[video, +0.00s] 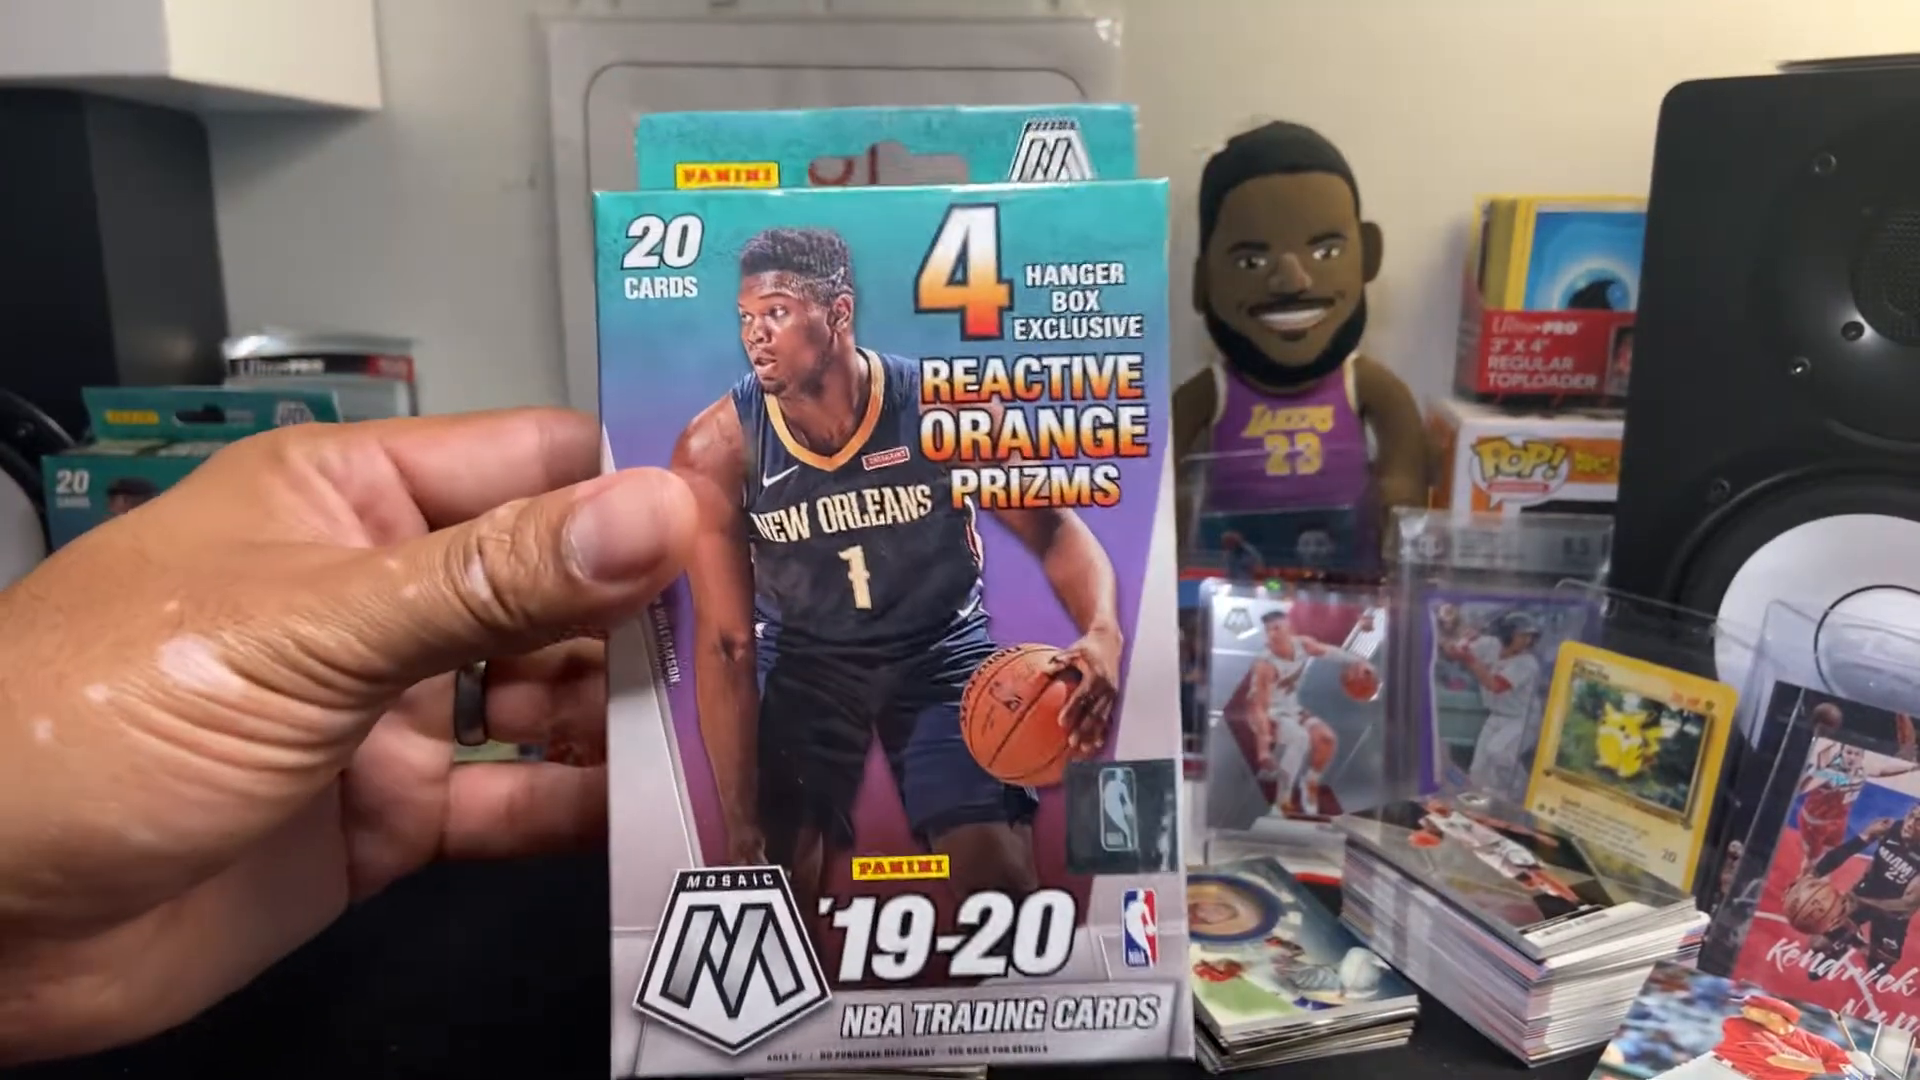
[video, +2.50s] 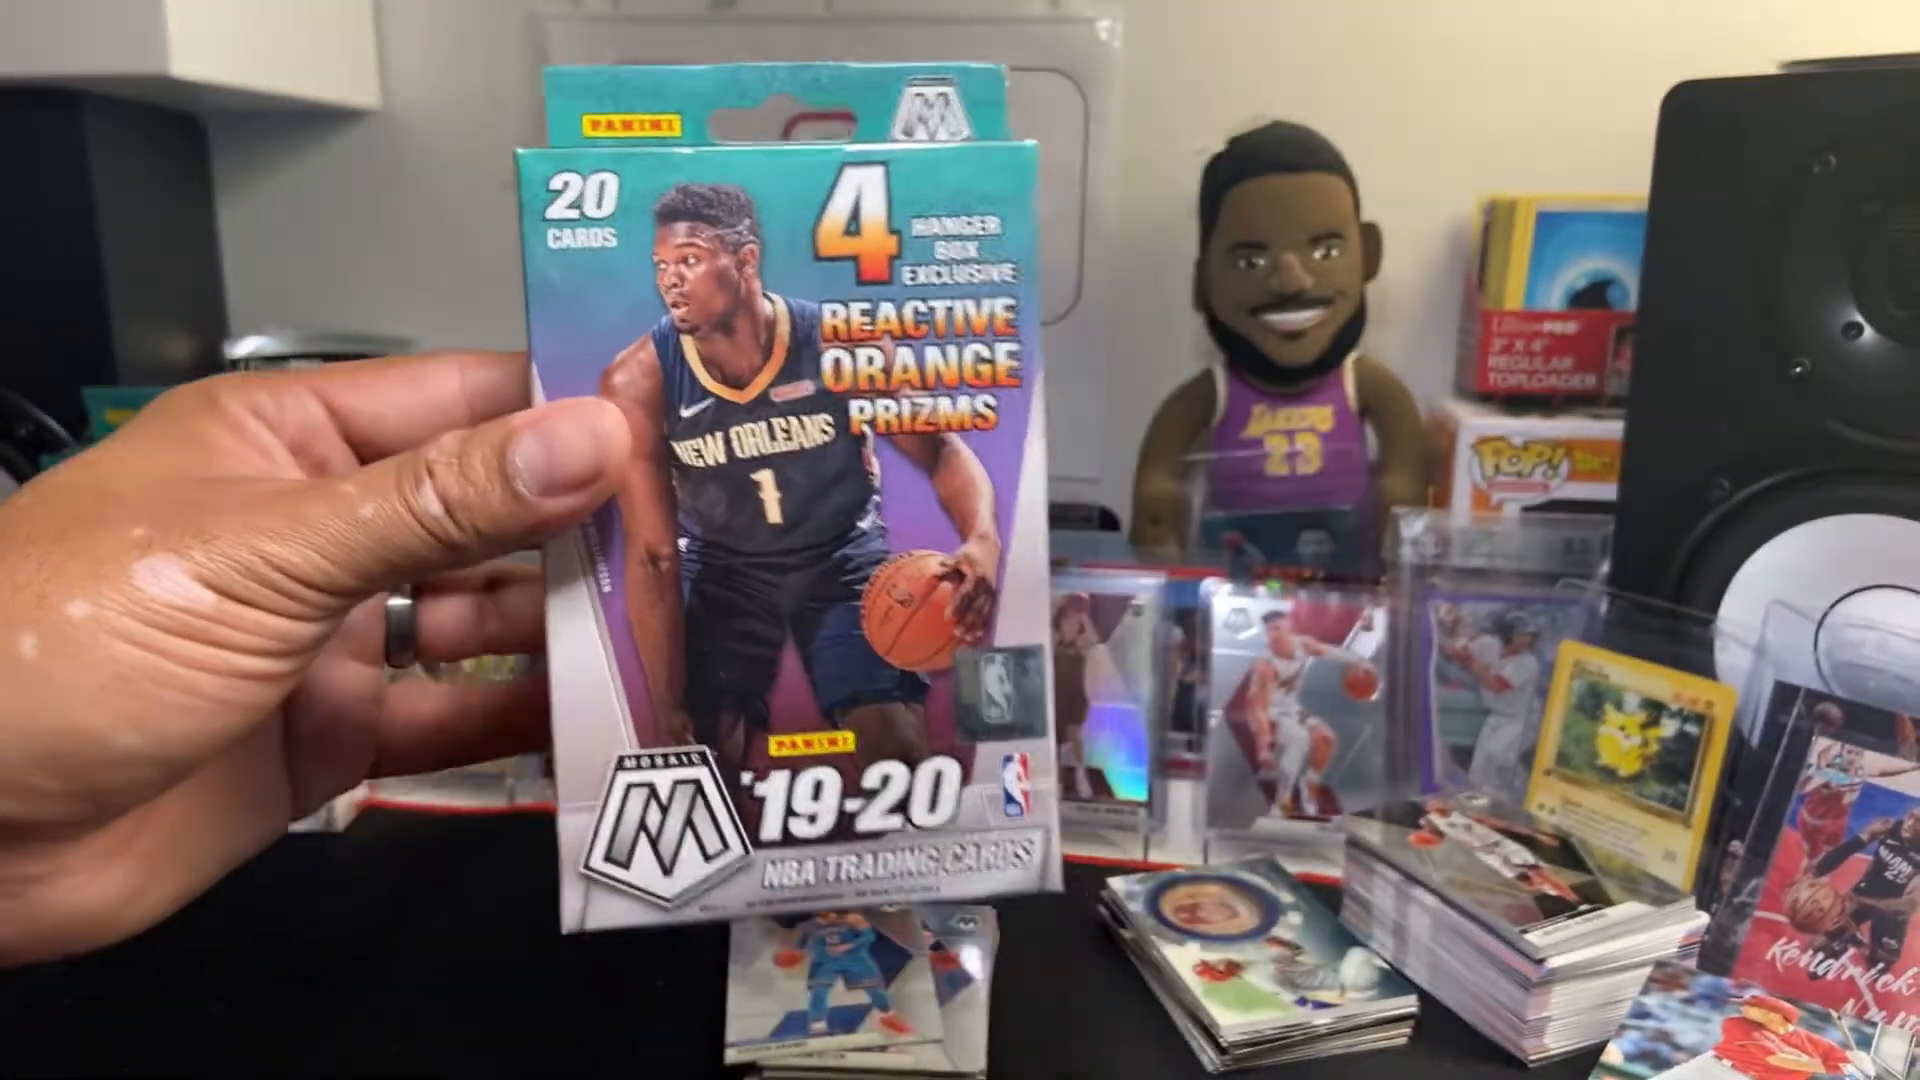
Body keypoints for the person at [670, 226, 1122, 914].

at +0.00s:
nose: (755, 335)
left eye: (776, 313)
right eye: (747, 318)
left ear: (839, 312)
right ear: (740, 326)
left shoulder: (939, 408)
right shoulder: (718, 446)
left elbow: (1051, 528)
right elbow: (726, 646)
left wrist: (1104, 630)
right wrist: (740, 826)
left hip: (943, 654)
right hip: (810, 666)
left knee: (991, 872)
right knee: (783, 871)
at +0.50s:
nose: (828, 306)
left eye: (854, 282)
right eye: (819, 283)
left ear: (922, 290)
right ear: (806, 292)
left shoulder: (1028, 406)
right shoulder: (780, 427)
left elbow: (1157, 557)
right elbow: (767, 655)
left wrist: (1202, 680)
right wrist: (767, 858)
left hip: (1008, 695)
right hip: (865, 698)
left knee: (1054, 907)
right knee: (837, 913)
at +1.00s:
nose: (644, 311)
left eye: (661, 291)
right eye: (636, 297)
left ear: (714, 292)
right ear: (631, 304)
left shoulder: (795, 366)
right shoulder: (617, 397)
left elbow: (888, 464)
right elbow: (623, 565)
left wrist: (932, 543)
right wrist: (637, 712)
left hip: (805, 574)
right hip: (694, 584)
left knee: (847, 743)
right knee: (678, 755)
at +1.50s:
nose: (817, 267)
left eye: (845, 238)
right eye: (807, 244)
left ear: (929, 238)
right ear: (797, 254)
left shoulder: (1058, 360)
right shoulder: (772, 411)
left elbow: (1205, 520)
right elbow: (780, 668)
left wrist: (1273, 653)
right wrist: (799, 906)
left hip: (1063, 679)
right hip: (886, 690)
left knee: (1125, 954)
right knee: (845, 957)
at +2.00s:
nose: (739, 261)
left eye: (762, 238)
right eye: (729, 242)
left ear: (833, 236)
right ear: (719, 253)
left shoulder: (941, 340)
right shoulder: (701, 385)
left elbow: (1069, 474)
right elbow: (712, 603)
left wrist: (1127, 583)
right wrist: (732, 801)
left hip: (949, 613)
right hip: (804, 627)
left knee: (997, 825)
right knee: (779, 847)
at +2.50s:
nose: (669, 281)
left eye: (689, 261)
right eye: (661, 266)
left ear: (747, 259)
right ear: (653, 272)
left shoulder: (838, 344)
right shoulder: (640, 380)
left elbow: (940, 450)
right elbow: (652, 556)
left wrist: (984, 538)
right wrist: (667, 712)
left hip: (845, 559)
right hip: (727, 571)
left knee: (893, 744)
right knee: (708, 755)